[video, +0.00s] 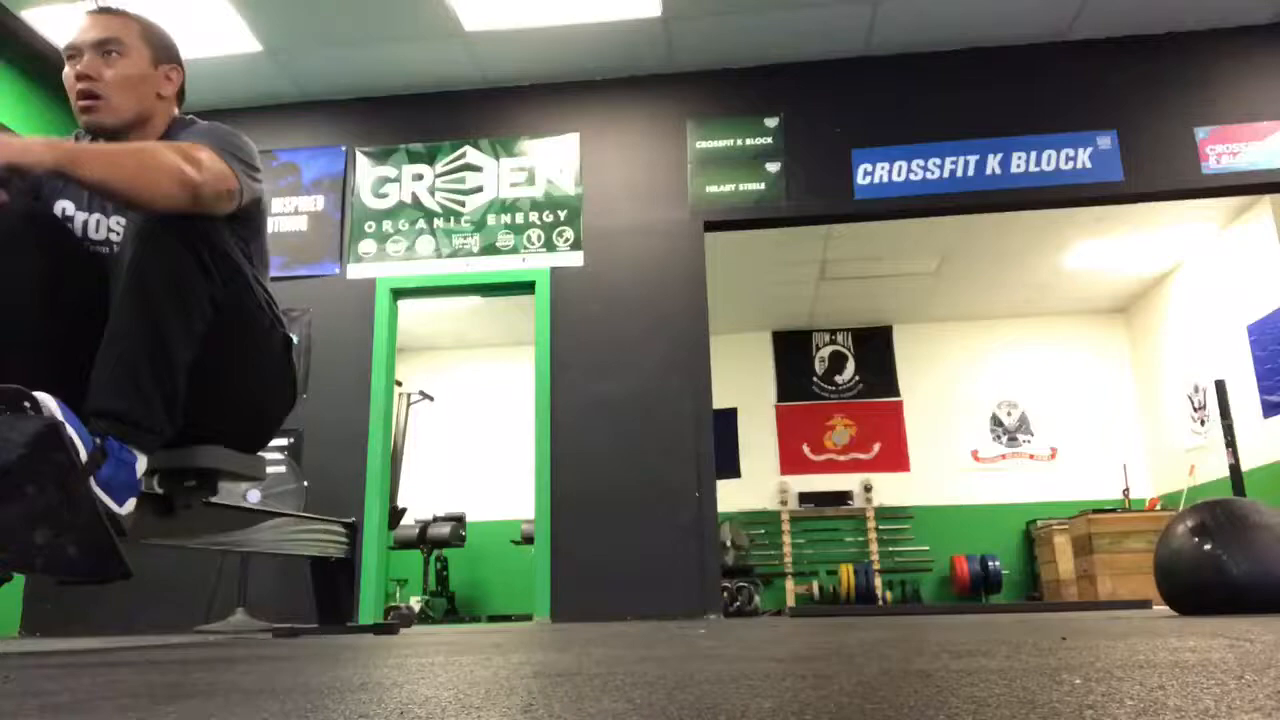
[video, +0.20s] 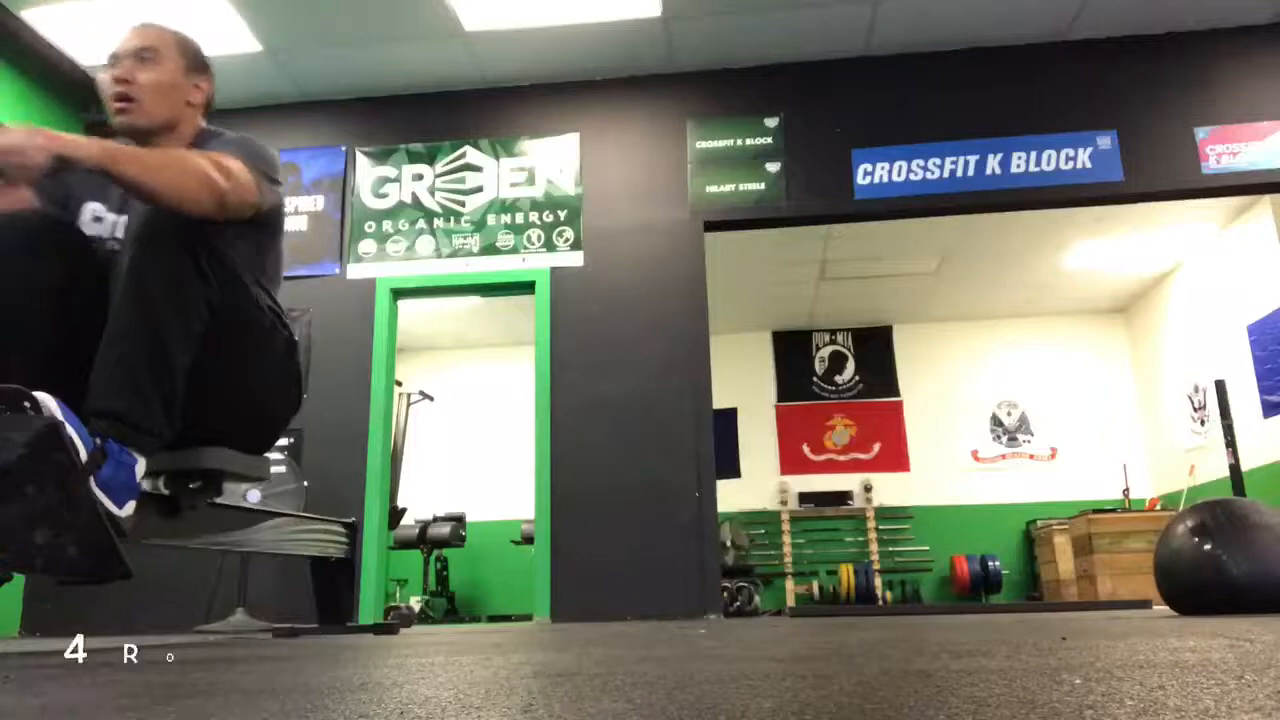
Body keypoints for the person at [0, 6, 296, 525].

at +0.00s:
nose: (81, 69)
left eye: (108, 53)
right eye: (72, 59)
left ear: (168, 81)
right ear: (62, 82)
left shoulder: (218, 142)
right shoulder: (51, 167)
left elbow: (199, 182)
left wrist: (40, 153)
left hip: (228, 390)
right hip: (97, 380)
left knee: (174, 219)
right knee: (19, 223)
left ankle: (120, 447)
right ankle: (21, 432)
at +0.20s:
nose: (119, 74)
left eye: (144, 59)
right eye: (112, 64)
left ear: (198, 89)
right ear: (101, 88)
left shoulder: (243, 153)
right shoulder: (80, 172)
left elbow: (218, 191)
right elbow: (14, 203)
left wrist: (64, 146)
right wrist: (12, 184)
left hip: (236, 392)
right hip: (110, 383)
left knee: (170, 225)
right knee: (29, 235)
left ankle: (121, 449)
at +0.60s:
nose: (281, 173)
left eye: (301, 163)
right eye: (275, 167)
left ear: (336, 190)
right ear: (269, 186)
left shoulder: (361, 248)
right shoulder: (249, 254)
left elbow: (361, 287)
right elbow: (159, 299)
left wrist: (275, 261)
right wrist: (97, 288)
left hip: (327, 415)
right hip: (239, 409)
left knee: (246, 355)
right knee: (130, 350)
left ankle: (116, 488)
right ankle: (40, 457)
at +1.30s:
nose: (326, 230)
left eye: (342, 222)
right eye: (320, 225)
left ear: (374, 245)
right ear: (312, 245)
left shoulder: (397, 303)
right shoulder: (281, 312)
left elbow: (432, 380)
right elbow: (241, 380)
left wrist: (372, 356)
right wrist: (198, 366)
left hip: (340, 413)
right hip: (262, 406)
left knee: (246, 432)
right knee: (177, 419)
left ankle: (123, 489)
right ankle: (90, 458)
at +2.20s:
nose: (118, 80)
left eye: (142, 65)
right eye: (110, 70)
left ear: (197, 95)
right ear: (100, 93)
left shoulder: (245, 164)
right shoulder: (85, 175)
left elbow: (255, 215)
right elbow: (4, 199)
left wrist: (114, 205)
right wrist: (38, 225)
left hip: (239, 398)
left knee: (187, 240)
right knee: (15, 241)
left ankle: (124, 452)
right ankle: (19, 436)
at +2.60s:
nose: (155, 85)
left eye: (180, 71)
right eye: (150, 76)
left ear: (228, 104)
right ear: (141, 100)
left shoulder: (268, 171)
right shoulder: (118, 182)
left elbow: (242, 212)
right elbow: (19, 214)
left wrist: (127, 175)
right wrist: (12, 214)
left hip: (248, 395)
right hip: (131, 386)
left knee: (184, 238)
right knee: (48, 250)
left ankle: (119, 455)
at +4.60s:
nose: (106, 69)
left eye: (133, 55)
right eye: (95, 59)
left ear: (183, 86)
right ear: (85, 84)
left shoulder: (231, 149)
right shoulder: (71, 163)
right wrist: (14, 171)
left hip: (233, 391)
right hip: (106, 379)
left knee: (184, 221)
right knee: (23, 216)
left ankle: (124, 444)